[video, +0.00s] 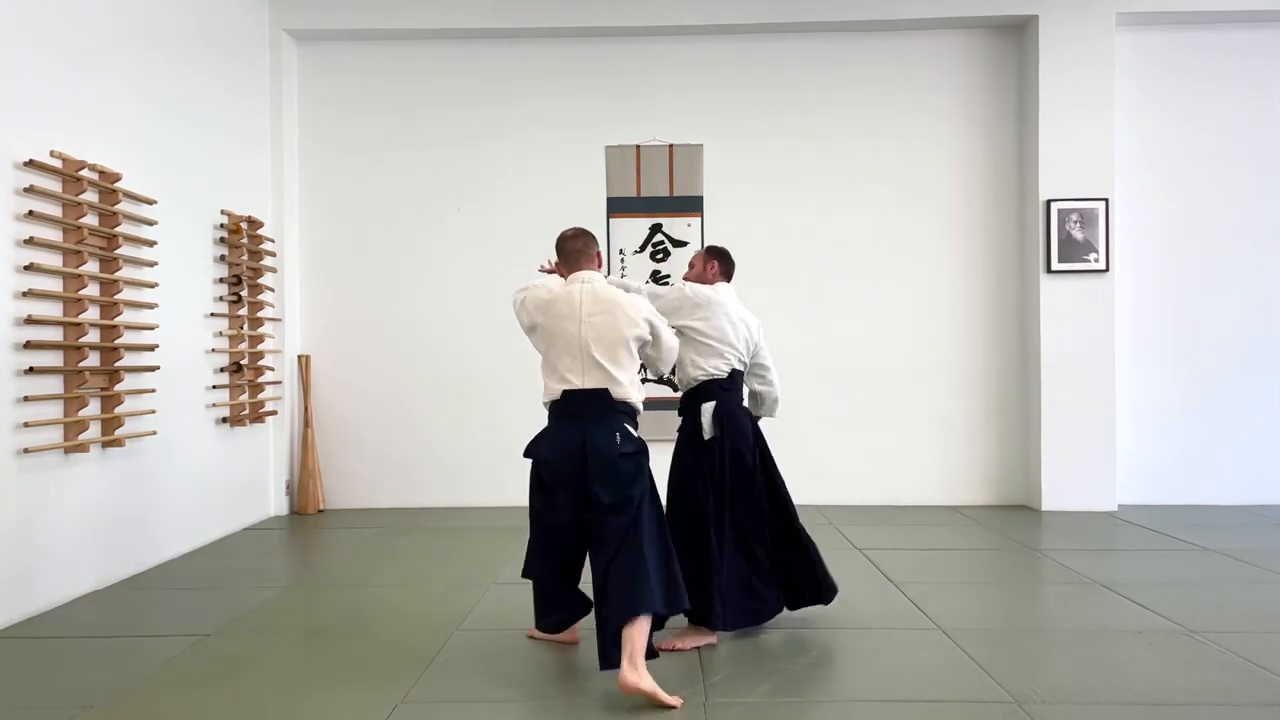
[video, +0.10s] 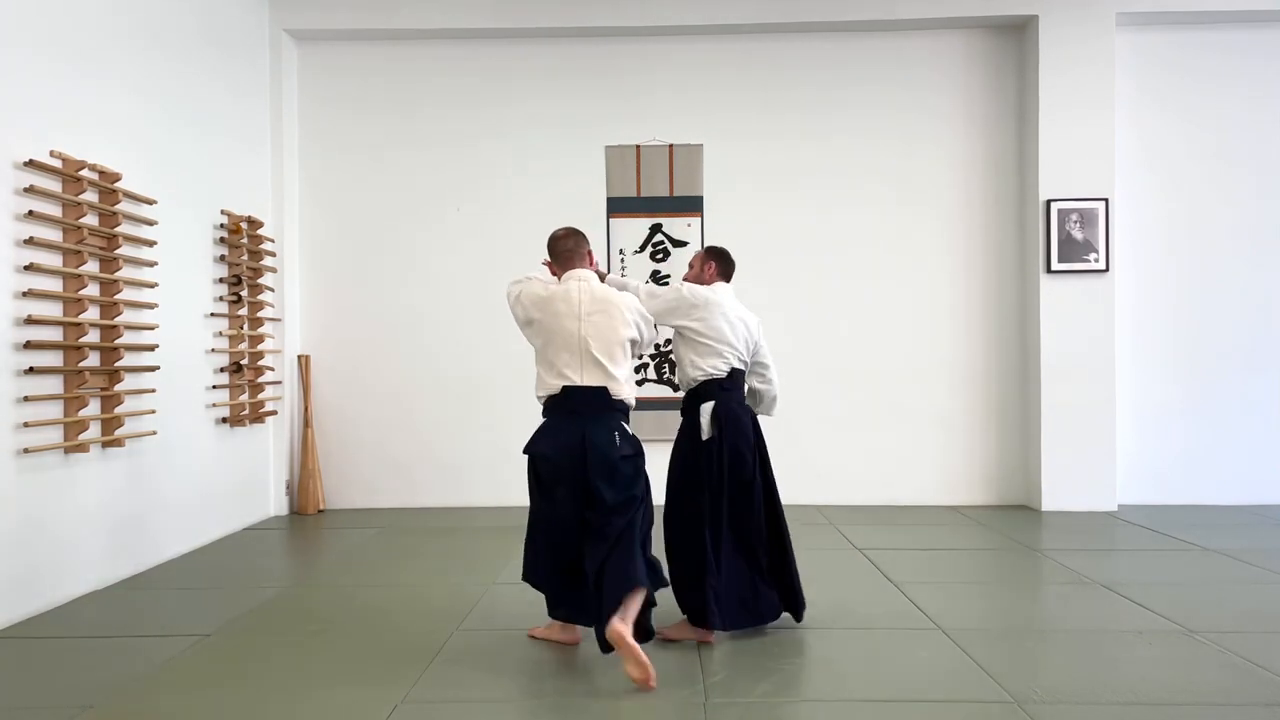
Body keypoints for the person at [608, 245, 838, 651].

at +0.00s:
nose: (685, 273)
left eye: (691, 265)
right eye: (688, 265)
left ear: (712, 269)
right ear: (723, 274)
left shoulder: (692, 296)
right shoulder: (745, 317)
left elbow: (633, 291)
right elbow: (766, 389)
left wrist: (574, 276)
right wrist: (751, 414)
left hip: (705, 421)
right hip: (737, 421)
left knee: (692, 515)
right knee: (728, 514)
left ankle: (703, 624)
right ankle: (733, 605)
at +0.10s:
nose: (685, 274)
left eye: (691, 266)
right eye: (688, 266)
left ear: (711, 270)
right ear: (720, 272)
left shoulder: (695, 297)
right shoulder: (746, 315)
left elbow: (642, 294)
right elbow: (765, 384)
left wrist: (600, 276)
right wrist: (749, 412)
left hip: (707, 416)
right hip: (741, 418)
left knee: (689, 512)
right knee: (737, 510)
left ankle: (699, 619)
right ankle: (747, 604)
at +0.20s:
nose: (677, 281)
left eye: (681, 274)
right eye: (679, 274)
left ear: (696, 274)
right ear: (715, 278)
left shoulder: (680, 303)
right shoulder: (741, 317)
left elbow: (631, 298)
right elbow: (767, 384)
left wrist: (601, 271)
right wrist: (748, 414)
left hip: (703, 420)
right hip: (739, 421)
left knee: (688, 514)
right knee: (742, 512)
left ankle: (693, 617)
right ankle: (753, 609)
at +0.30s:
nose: (668, 280)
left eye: (669, 274)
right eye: (669, 275)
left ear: (677, 273)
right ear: (706, 276)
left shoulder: (661, 303)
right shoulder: (732, 314)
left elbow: (614, 286)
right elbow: (765, 378)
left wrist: (597, 245)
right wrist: (760, 414)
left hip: (688, 419)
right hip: (732, 418)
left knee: (687, 514)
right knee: (740, 512)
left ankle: (691, 616)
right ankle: (744, 612)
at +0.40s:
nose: (661, 275)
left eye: (661, 270)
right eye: (669, 271)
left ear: (662, 272)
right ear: (696, 271)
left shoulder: (648, 302)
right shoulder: (720, 304)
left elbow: (621, 272)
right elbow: (748, 356)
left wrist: (611, 230)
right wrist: (763, 391)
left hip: (669, 413)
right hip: (714, 411)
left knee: (677, 506)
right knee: (730, 502)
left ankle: (687, 614)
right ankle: (741, 603)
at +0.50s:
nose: (686, 268)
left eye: (678, 262)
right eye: (687, 262)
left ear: (649, 263)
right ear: (685, 263)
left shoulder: (639, 293)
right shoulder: (702, 292)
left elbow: (633, 273)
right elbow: (729, 341)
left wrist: (623, 240)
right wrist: (755, 376)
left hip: (652, 404)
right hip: (698, 402)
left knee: (668, 502)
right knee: (719, 498)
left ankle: (682, 606)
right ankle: (729, 604)